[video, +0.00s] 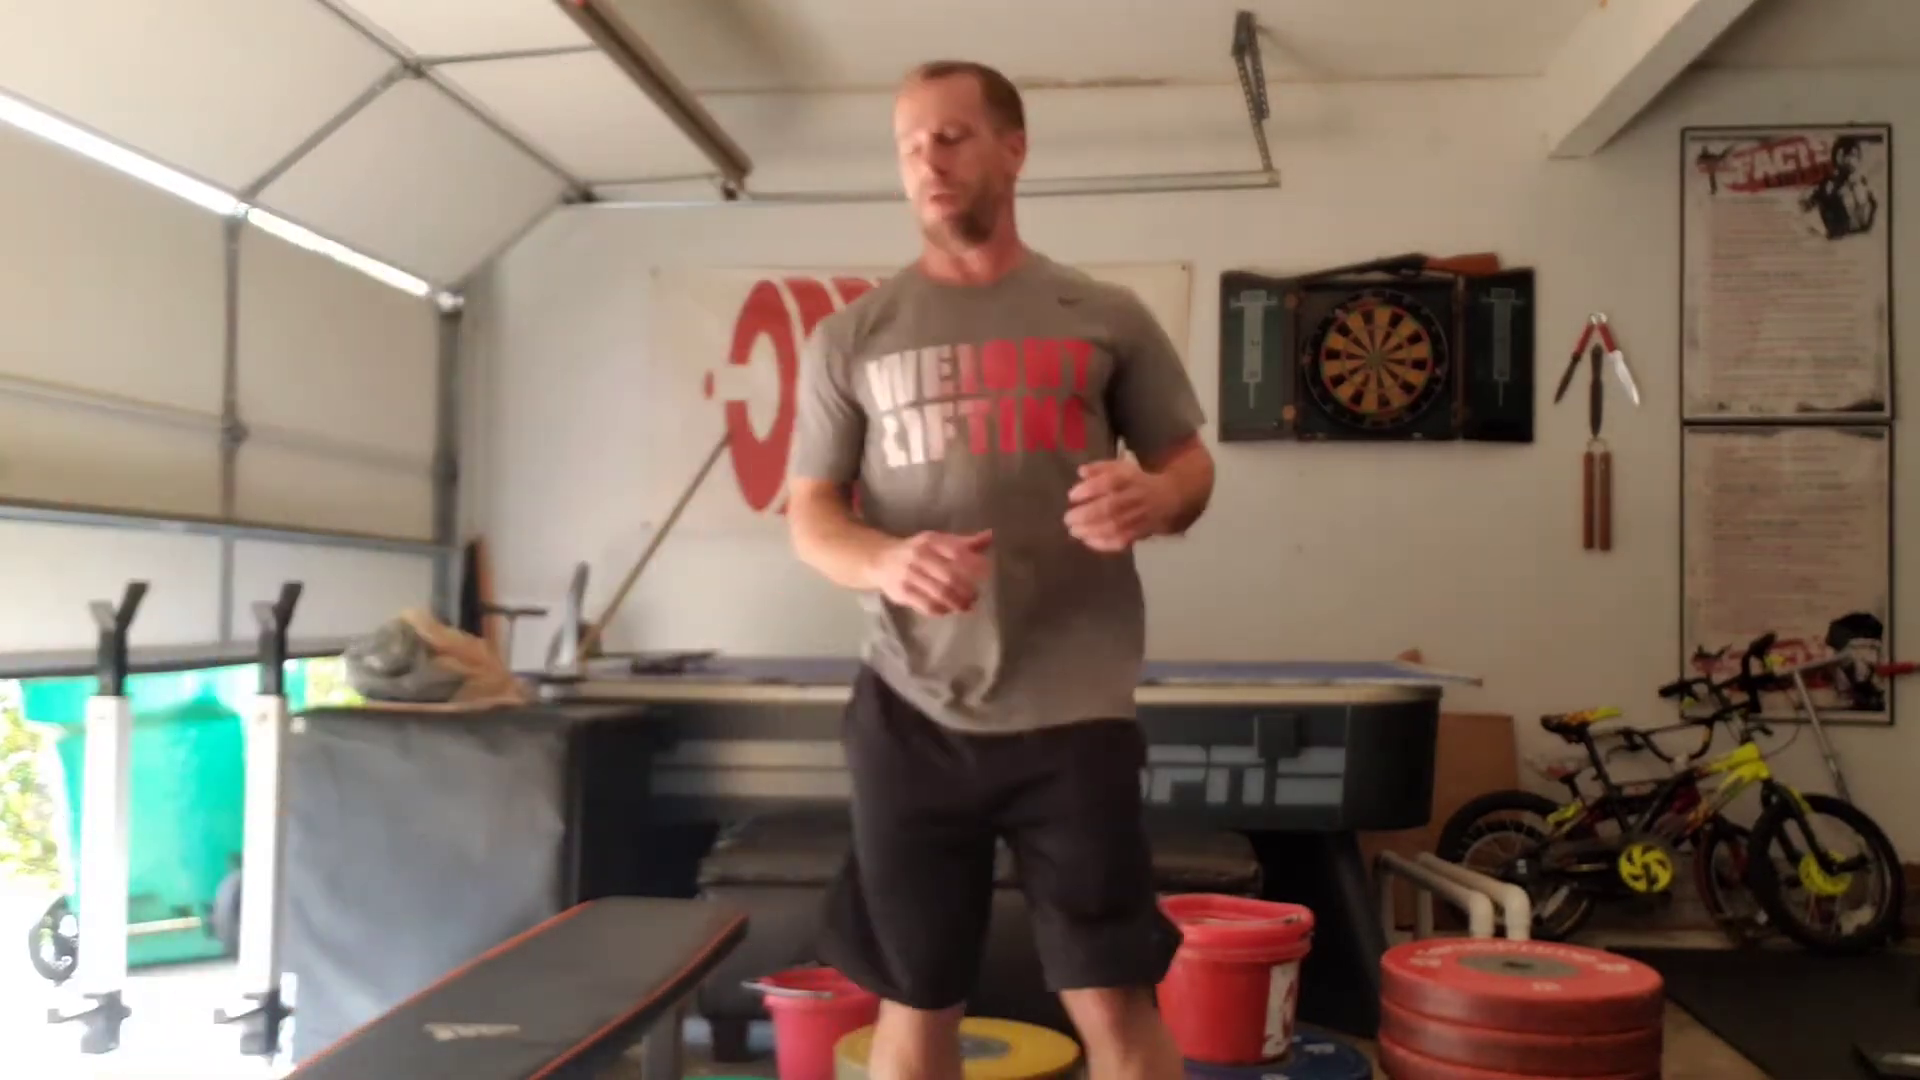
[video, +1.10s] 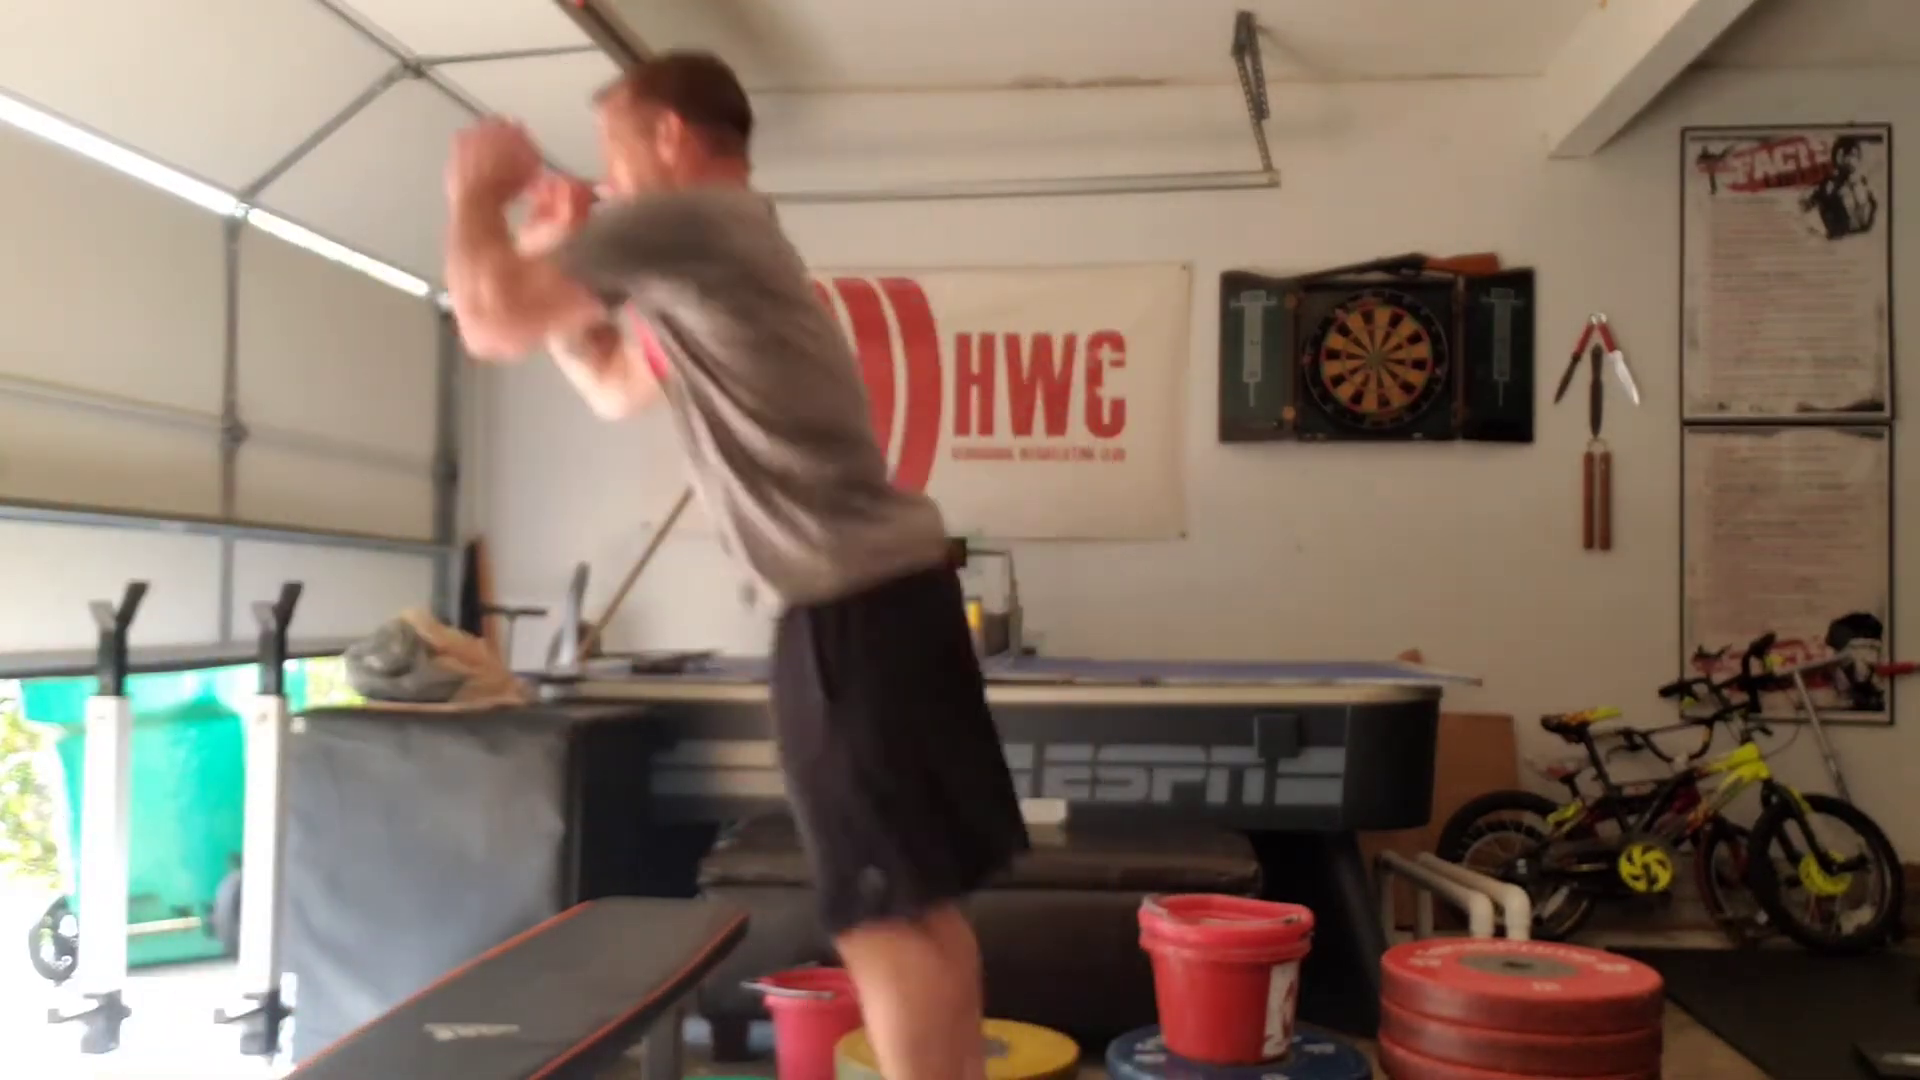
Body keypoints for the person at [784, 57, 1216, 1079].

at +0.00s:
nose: (930, 162)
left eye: (953, 138)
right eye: (913, 146)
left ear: (1012, 150)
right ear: (900, 167)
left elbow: (1192, 469)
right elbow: (812, 515)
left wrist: (1157, 498)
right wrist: (882, 560)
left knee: (1109, 1005)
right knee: (916, 1010)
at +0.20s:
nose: (928, 207)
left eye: (945, 180)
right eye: (923, 186)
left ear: (1024, 171)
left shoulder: (1129, 333)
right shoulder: (952, 369)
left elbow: (1208, 521)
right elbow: (942, 543)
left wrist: (1058, 631)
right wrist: (893, 614)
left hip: (1105, 757)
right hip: (976, 749)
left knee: (1150, 1037)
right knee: (935, 1003)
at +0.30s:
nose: (929, 207)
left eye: (942, 180)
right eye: (927, 185)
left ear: (1015, 168)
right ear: (1004, 175)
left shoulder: (1096, 312)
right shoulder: (1008, 332)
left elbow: (1150, 506)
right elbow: (1016, 534)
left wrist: (966, 589)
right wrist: (911, 614)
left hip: (1114, 744)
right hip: (1019, 736)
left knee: (1155, 1029)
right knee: (947, 959)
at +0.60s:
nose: (837, 231)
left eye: (847, 204)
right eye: (835, 208)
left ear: (912, 191)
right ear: (918, 196)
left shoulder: (960, 306)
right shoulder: (966, 306)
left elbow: (999, 472)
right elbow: (1011, 500)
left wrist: (870, 649)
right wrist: (961, 639)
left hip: (1062, 719)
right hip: (1059, 710)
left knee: (1006, 1022)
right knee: (1038, 1021)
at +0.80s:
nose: (708, 330)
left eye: (720, 302)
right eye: (709, 306)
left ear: (783, 297)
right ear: (788, 300)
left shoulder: (832, 393)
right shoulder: (839, 394)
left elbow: (1009, 455)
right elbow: (1008, 462)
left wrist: (1017, 655)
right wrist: (1011, 662)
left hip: (1029, 748)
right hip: (1060, 738)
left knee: (884, 1026)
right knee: (970, 1031)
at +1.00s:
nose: (671, 334)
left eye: (686, 309)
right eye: (674, 311)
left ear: (745, 316)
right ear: (749, 321)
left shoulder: (773, 430)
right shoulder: (793, 427)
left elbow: (656, 622)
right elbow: (710, 638)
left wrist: (536, 552)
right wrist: (598, 564)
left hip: (946, 769)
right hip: (987, 750)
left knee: (840, 1056)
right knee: (942, 1049)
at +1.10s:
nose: (601, 179)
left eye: (611, 153)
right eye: (603, 157)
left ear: (669, 138)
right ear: (694, 145)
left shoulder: (702, 221)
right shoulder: (718, 243)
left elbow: (492, 320)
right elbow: (618, 383)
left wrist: (474, 194)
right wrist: (560, 251)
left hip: (850, 606)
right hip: (869, 598)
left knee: (877, 914)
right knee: (916, 904)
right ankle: (953, 1075)